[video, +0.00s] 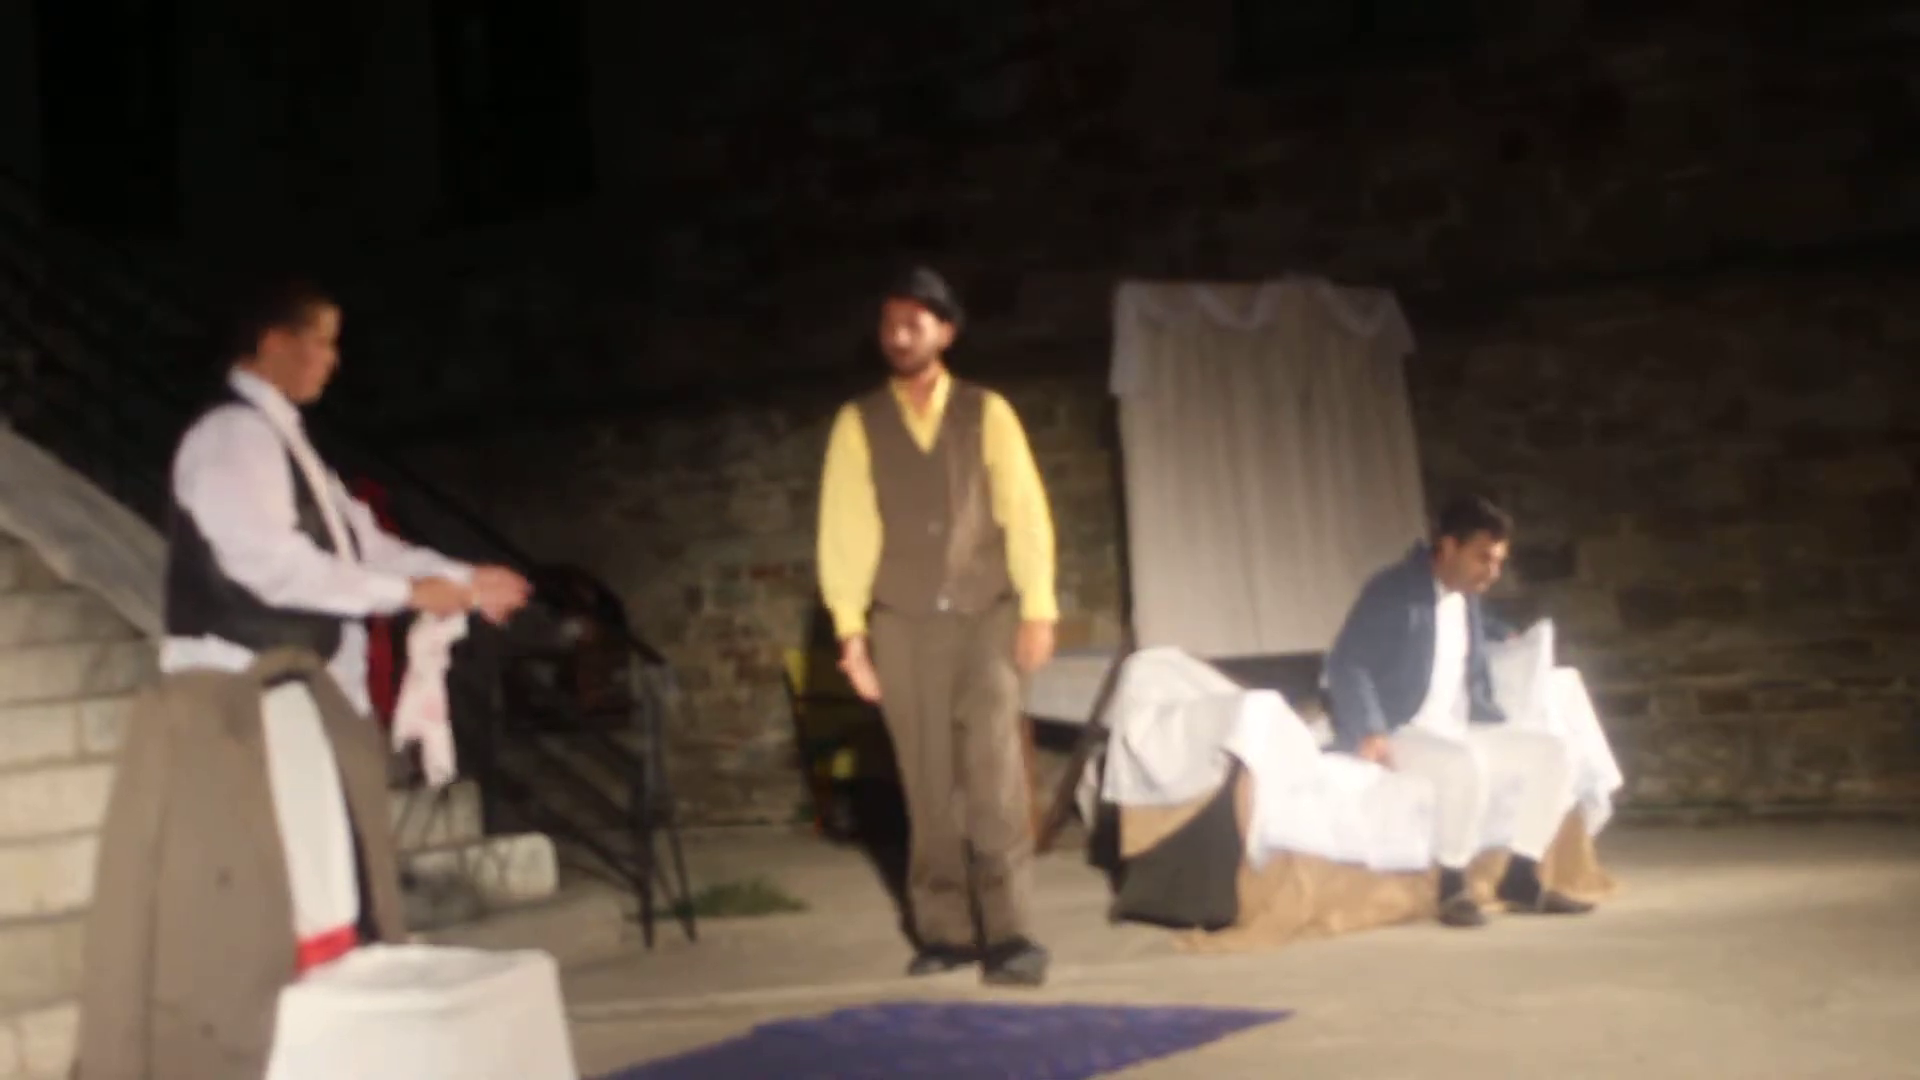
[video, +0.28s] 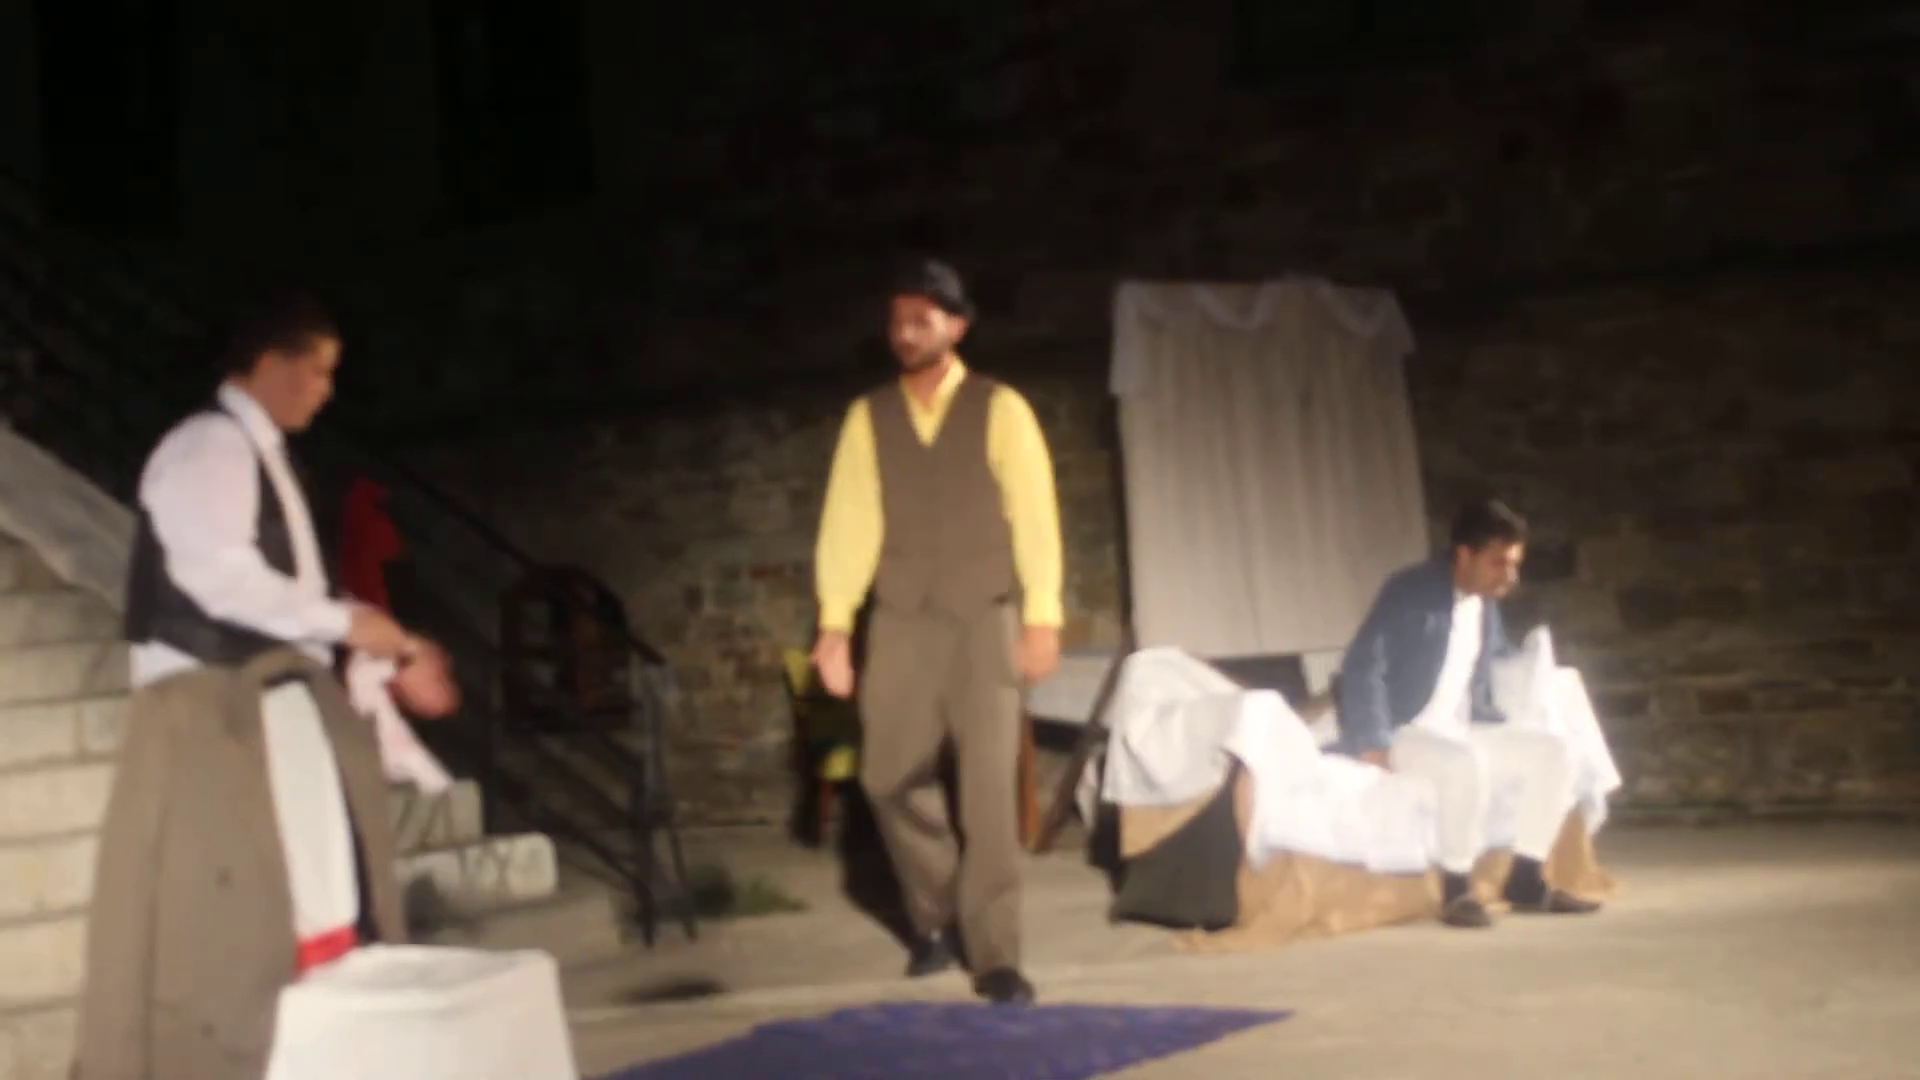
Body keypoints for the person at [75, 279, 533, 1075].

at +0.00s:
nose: (332, 359)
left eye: (334, 344)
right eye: (321, 342)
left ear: (287, 349)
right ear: (272, 344)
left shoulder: (287, 440)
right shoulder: (232, 436)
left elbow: (364, 545)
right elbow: (268, 566)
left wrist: (464, 580)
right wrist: (411, 594)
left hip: (300, 704)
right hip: (241, 710)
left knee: (332, 887)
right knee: (288, 895)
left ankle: (340, 1048)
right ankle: (293, 1051)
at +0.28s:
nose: (325, 392)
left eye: (329, 375)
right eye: (318, 372)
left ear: (284, 369)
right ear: (267, 363)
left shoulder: (269, 459)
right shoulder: (208, 446)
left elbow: (289, 599)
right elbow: (216, 575)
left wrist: (380, 654)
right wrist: (348, 623)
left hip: (270, 716)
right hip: (207, 724)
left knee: (310, 906)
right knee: (234, 916)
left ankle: (310, 1057)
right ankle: (231, 1063)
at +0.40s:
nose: (299, 396)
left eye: (300, 381)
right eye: (292, 378)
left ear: (248, 374)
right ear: (246, 371)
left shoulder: (230, 453)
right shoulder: (205, 449)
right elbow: (219, 576)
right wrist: (329, 636)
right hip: (171, 700)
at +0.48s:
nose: (271, 395)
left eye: (275, 380)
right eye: (270, 377)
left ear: (213, 363)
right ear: (236, 366)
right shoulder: (218, 445)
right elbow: (230, 568)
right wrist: (299, 634)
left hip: (99, 661)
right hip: (163, 673)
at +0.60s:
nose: (203, 379)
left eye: (204, 365)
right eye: (202, 364)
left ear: (116, 357)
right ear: (188, 364)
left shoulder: (50, 435)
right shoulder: (196, 443)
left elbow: (8, 572)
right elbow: (236, 589)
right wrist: (249, 642)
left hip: (30, 694)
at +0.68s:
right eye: (143, 365)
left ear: (56, 366)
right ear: (144, 370)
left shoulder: (16, 444)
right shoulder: (172, 450)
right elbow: (217, 597)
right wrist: (237, 654)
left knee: (81, 908)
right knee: (114, 910)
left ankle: (63, 1058)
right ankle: (64, 1058)